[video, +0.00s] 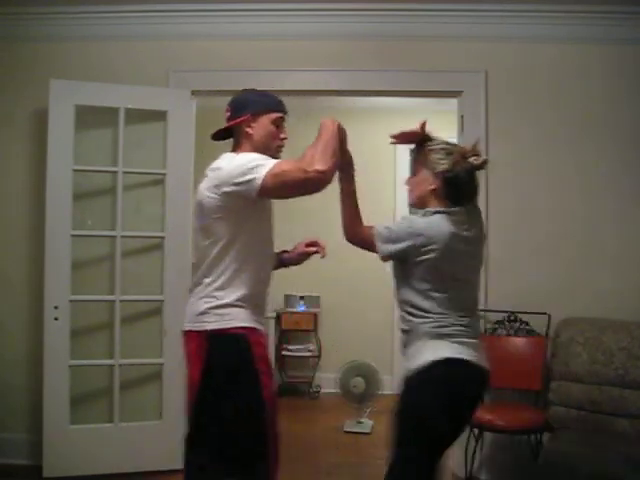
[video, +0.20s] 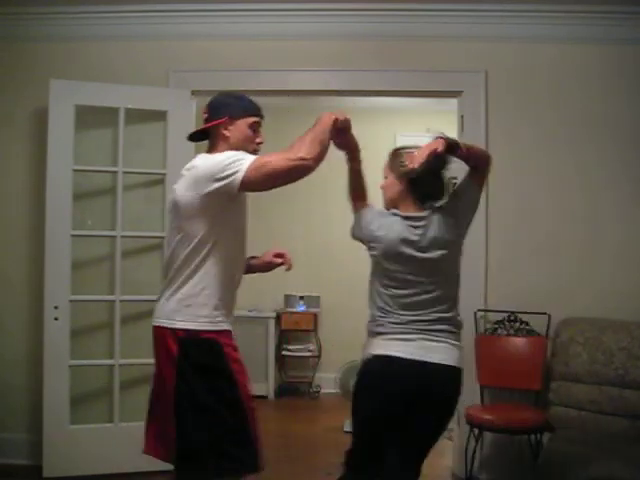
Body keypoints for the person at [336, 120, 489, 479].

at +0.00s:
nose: (408, 180)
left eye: (416, 173)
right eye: (413, 172)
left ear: (437, 184)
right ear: (449, 186)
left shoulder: (422, 229)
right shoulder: (471, 224)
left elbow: (354, 232)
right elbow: (454, 178)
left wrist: (345, 169)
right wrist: (425, 144)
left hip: (435, 369)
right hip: (470, 368)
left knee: (407, 471)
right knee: (418, 470)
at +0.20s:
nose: (382, 184)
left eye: (387, 178)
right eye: (384, 177)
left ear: (403, 183)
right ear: (427, 183)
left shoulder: (379, 229)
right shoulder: (450, 223)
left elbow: (359, 203)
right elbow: (482, 163)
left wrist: (353, 157)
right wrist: (452, 146)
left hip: (388, 364)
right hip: (442, 368)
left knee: (365, 464)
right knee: (407, 467)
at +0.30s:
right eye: (418, 172)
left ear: (381, 186)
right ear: (419, 185)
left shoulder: (366, 225)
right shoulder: (434, 226)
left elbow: (377, 177)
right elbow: (484, 179)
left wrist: (364, 144)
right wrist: (445, 155)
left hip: (369, 359)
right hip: (420, 366)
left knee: (369, 459)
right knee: (400, 466)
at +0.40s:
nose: (409, 176)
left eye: (404, 169)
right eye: (404, 171)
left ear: (372, 188)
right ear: (397, 182)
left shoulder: (369, 228)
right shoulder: (414, 228)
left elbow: (399, 173)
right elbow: (468, 193)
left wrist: (377, 138)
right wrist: (427, 161)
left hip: (366, 356)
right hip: (400, 366)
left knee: (370, 458)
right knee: (399, 465)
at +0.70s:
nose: (378, 185)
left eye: (389, 179)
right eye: (378, 180)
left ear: (411, 190)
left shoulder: (433, 228)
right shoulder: (368, 231)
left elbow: (440, 180)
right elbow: (328, 187)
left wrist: (379, 166)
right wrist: (351, 160)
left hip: (421, 370)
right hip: (373, 367)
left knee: (384, 452)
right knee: (388, 462)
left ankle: (353, 472)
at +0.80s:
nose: (383, 187)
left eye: (393, 180)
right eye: (384, 180)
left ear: (418, 186)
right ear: (389, 188)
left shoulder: (437, 227)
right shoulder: (377, 227)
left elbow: (443, 202)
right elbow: (329, 189)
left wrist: (380, 202)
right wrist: (364, 159)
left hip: (424, 376)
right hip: (373, 371)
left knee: (403, 468)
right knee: (372, 465)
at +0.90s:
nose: (390, 186)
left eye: (400, 181)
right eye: (392, 180)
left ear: (425, 191)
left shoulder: (439, 221)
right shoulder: (388, 223)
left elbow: (458, 232)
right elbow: (357, 199)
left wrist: (402, 253)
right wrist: (370, 154)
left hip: (429, 378)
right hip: (379, 371)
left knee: (417, 471)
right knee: (374, 467)